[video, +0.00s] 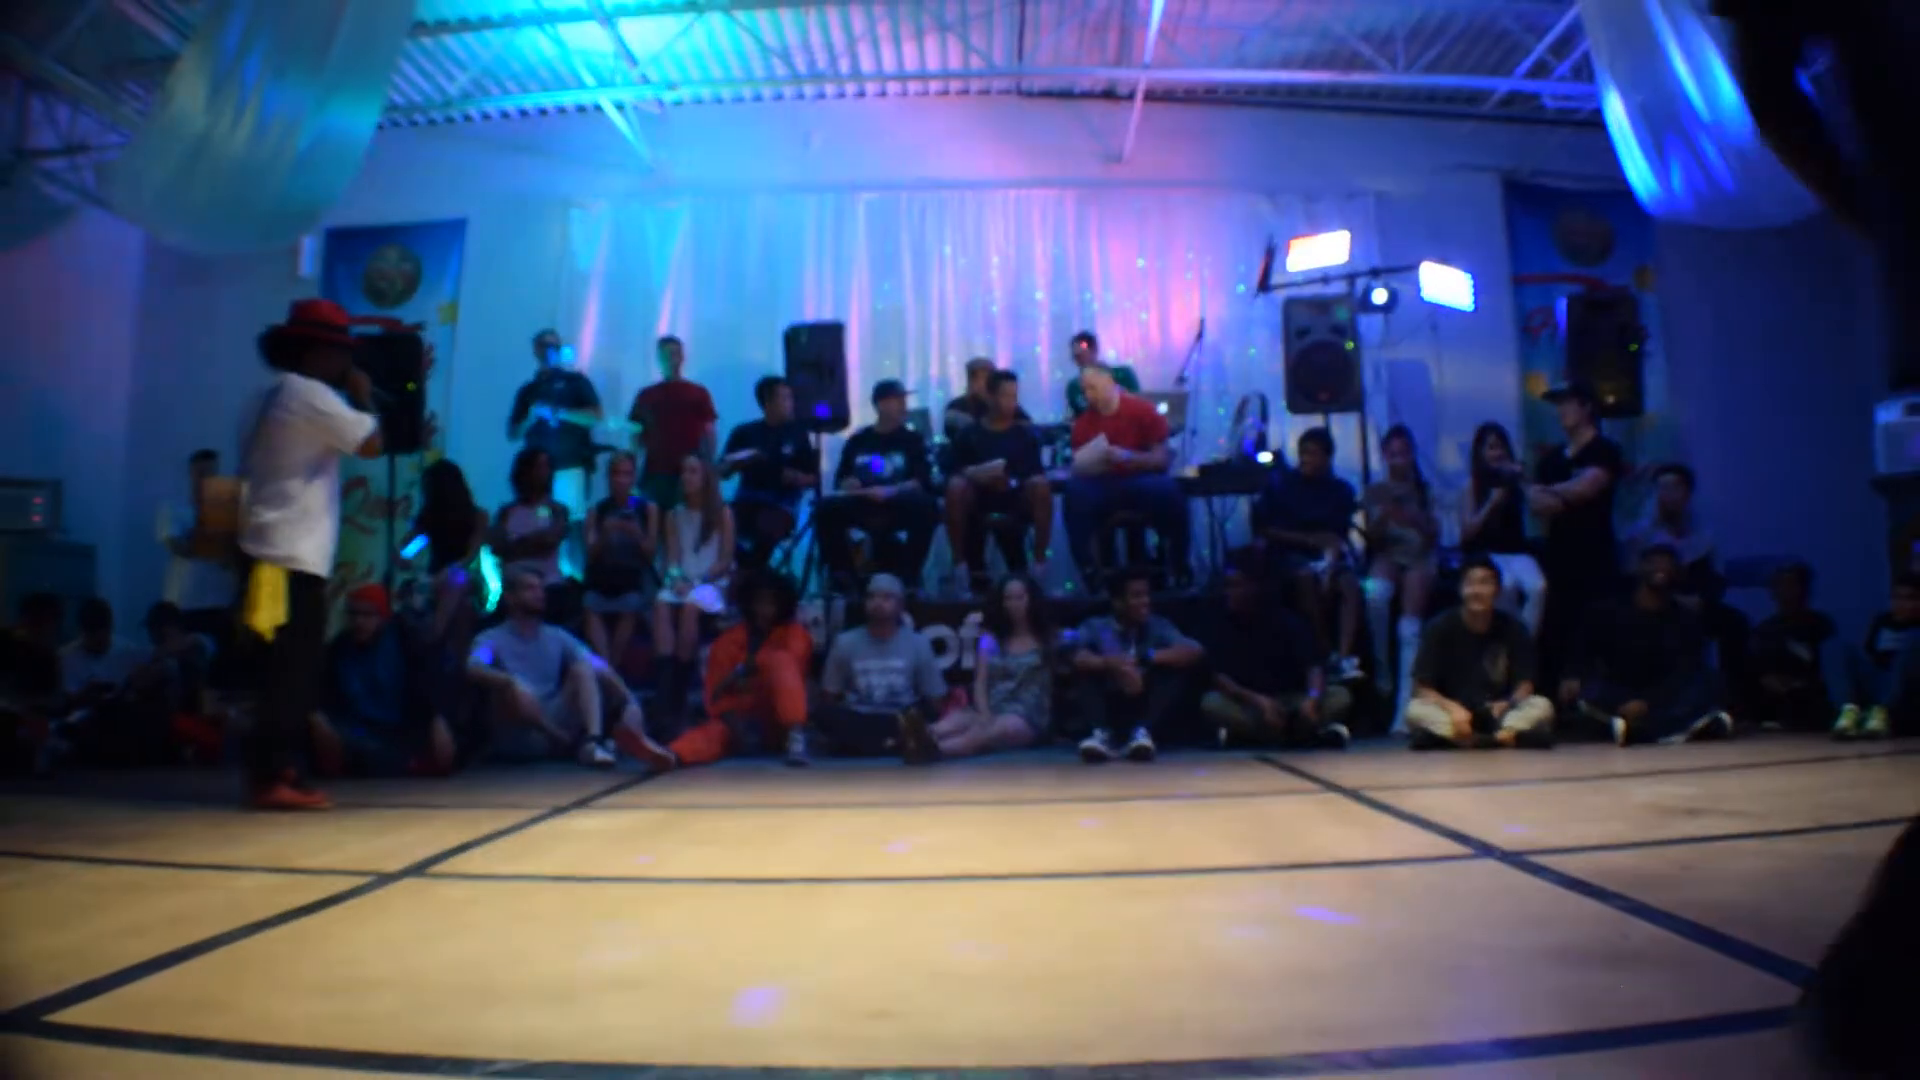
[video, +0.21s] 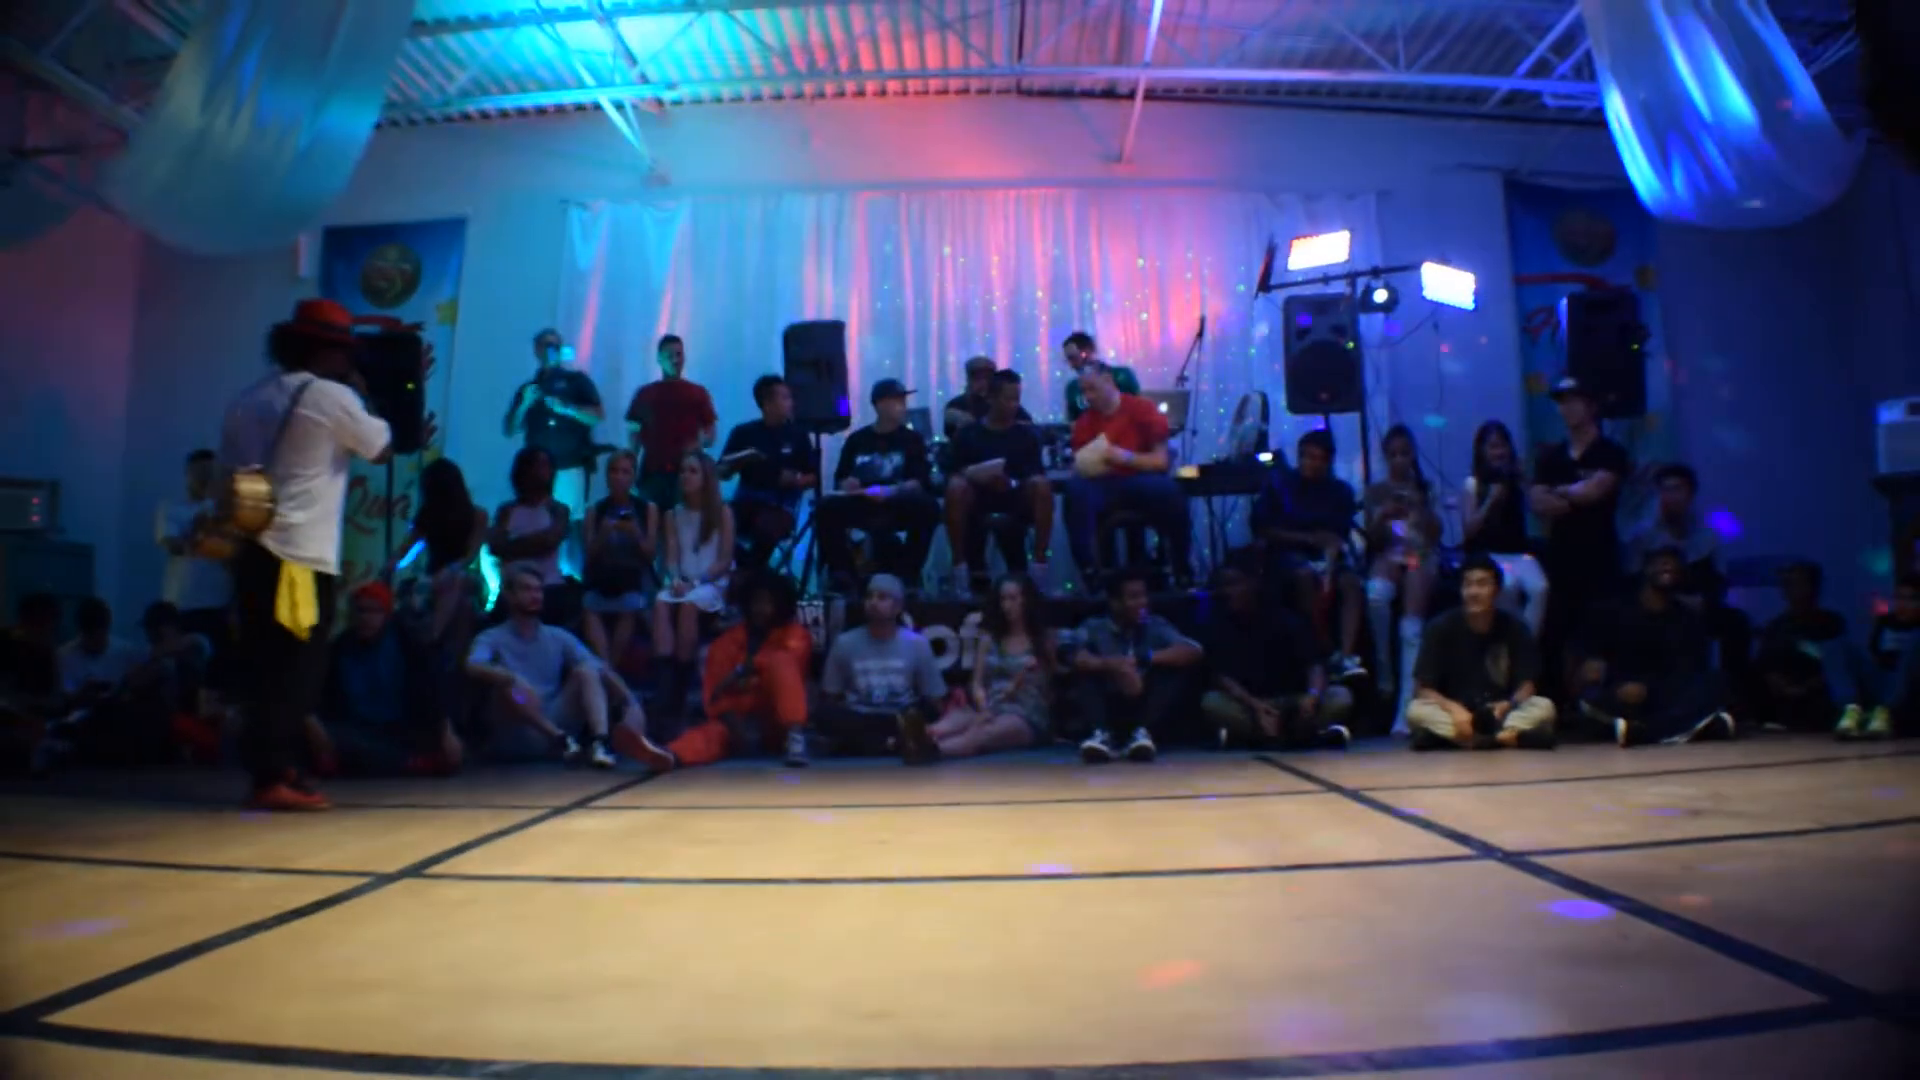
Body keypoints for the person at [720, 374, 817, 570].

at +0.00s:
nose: (790, 404)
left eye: (790, 398)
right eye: (784, 398)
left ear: (793, 400)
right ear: (768, 403)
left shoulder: (797, 434)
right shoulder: (744, 432)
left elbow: (812, 477)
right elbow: (723, 471)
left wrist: (797, 478)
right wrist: (740, 461)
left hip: (783, 502)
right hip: (748, 498)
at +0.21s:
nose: (789, 403)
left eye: (789, 397)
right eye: (784, 398)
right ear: (767, 403)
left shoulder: (797, 434)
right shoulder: (743, 432)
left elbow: (813, 475)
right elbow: (723, 471)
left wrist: (796, 480)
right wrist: (741, 462)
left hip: (782, 500)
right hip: (748, 497)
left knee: (769, 531)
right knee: (725, 523)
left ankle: (752, 571)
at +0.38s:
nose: (789, 402)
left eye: (788, 396)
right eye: (783, 396)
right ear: (765, 401)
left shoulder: (797, 434)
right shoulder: (741, 431)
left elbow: (812, 476)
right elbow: (720, 472)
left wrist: (794, 480)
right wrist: (737, 462)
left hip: (780, 503)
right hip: (745, 499)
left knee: (766, 533)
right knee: (721, 522)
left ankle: (751, 573)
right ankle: (744, 563)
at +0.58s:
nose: (787, 402)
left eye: (787, 396)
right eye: (781, 396)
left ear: (790, 399)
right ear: (764, 402)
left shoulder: (796, 433)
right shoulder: (741, 432)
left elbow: (812, 475)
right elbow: (722, 474)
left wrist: (795, 480)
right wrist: (736, 459)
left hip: (780, 502)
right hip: (745, 499)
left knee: (767, 532)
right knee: (720, 525)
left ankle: (750, 576)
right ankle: (745, 564)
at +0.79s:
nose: (785, 401)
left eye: (785, 395)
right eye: (780, 396)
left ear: (786, 398)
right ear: (762, 401)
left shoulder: (795, 433)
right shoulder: (740, 432)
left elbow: (812, 474)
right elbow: (722, 475)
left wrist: (797, 480)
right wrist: (733, 463)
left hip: (779, 500)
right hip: (745, 498)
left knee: (767, 532)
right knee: (720, 525)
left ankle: (751, 575)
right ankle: (746, 565)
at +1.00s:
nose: (772, 402)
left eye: (776, 396)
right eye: (765, 397)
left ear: (782, 399)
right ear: (754, 401)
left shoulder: (793, 433)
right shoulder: (738, 433)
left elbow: (811, 473)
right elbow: (721, 476)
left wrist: (798, 483)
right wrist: (732, 462)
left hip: (778, 499)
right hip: (745, 498)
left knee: (766, 532)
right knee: (720, 525)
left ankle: (751, 575)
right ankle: (746, 564)